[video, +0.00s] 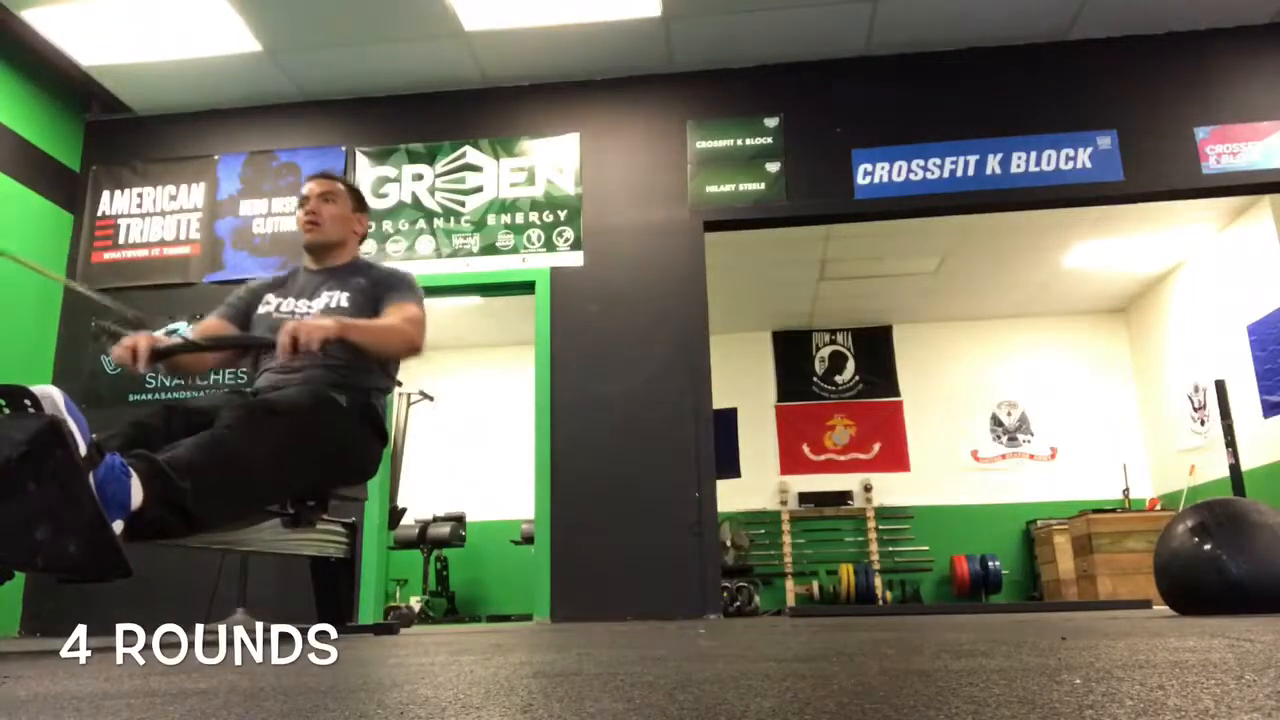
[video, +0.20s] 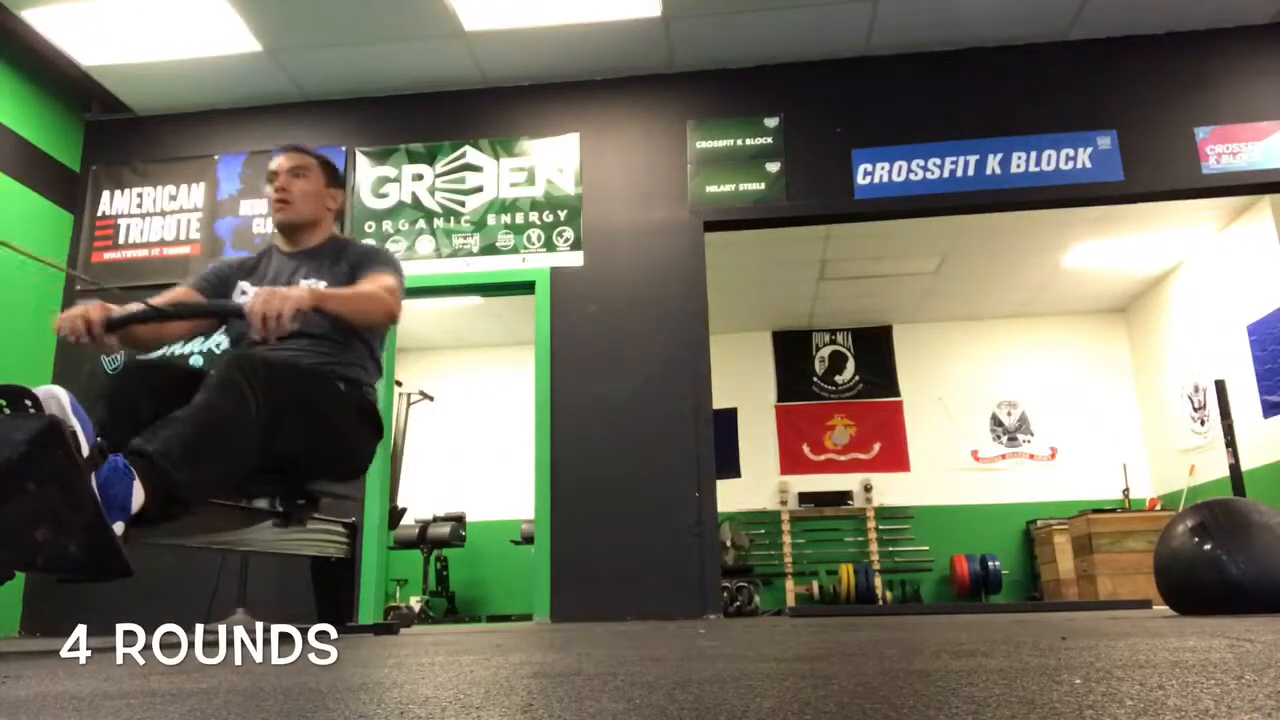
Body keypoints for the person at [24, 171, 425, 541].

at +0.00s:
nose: (310, 209)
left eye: (326, 200)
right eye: (304, 203)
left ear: (360, 223)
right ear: (298, 222)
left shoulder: (386, 279)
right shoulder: (266, 291)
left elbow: (409, 336)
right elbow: (205, 347)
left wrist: (338, 327)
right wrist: (160, 348)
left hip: (340, 412)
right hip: (262, 409)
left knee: (247, 440)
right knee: (168, 424)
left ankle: (125, 490)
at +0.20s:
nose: (279, 186)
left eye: (297, 176)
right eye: (273, 179)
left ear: (333, 199)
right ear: (265, 196)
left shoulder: (366, 258)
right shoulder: (244, 270)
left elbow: (385, 306)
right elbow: (165, 317)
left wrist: (313, 297)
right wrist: (109, 320)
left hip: (338, 412)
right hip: (247, 406)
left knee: (244, 372)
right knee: (142, 379)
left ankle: (125, 491)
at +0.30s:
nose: (257, 170)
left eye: (277, 159)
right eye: (251, 162)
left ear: (315, 185)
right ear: (243, 182)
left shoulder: (346, 245)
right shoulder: (227, 256)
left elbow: (370, 293)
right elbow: (148, 298)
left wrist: (288, 286)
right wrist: (80, 303)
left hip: (324, 423)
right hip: (229, 418)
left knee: (243, 342)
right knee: (132, 343)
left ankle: (131, 482)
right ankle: (50, 469)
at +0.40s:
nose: (228, 150)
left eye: (248, 138)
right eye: (221, 142)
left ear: (290, 164)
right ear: (214, 164)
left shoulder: (324, 229)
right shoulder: (200, 240)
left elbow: (351, 279)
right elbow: (111, 279)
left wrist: (259, 274)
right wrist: (36, 290)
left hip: (304, 418)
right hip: (204, 416)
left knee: (231, 322)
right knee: (112, 316)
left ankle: (121, 479)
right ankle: (27, 456)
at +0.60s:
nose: (156, 102)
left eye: (179, 88)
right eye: (147, 92)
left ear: (227, 117)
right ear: (138, 113)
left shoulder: (269, 182)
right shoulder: (119, 195)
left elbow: (290, 242)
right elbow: (17, 234)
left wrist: (171, 235)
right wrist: (93, 250)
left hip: (260, 406)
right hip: (139, 398)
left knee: (199, 269)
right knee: (30, 266)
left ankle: (121, 460)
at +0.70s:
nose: (118, 80)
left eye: (142, 65)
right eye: (110, 70)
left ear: (197, 95)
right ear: (100, 93)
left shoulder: (245, 164)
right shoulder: (85, 175)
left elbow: (255, 215)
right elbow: (4, 199)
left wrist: (114, 205)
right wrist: (38, 225)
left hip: (239, 398)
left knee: (187, 240)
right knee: (15, 241)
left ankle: (124, 452)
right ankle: (19, 436)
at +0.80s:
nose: (93, 68)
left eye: (120, 52)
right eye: (85, 59)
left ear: (177, 82)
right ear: (76, 81)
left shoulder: (229, 152)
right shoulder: (66, 161)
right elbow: (9, 170)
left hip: (231, 393)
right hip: (103, 382)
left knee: (178, 226)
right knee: (21, 228)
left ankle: (121, 449)